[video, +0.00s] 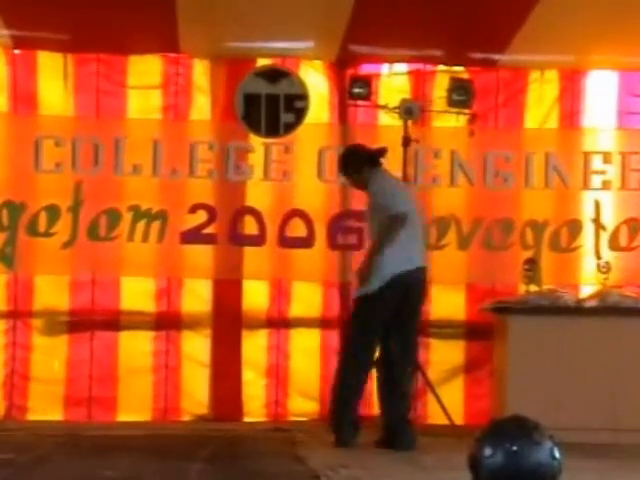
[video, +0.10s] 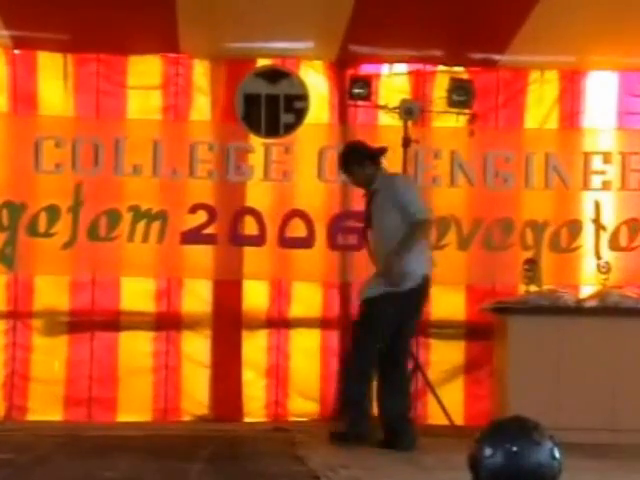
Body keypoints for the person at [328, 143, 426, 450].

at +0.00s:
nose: (351, 184)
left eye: (350, 177)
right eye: (348, 178)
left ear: (357, 169)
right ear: (372, 162)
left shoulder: (380, 185)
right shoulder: (395, 186)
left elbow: (399, 216)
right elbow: (416, 230)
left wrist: (370, 259)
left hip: (388, 274)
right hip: (412, 273)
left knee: (357, 353)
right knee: (399, 355)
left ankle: (345, 424)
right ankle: (398, 429)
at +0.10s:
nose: (353, 181)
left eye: (354, 173)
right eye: (349, 175)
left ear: (368, 165)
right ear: (362, 170)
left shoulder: (395, 185)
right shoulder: (378, 194)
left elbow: (422, 221)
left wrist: (395, 258)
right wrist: (386, 263)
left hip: (402, 285)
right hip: (393, 285)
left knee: (361, 353)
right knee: (392, 358)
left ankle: (356, 424)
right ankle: (399, 430)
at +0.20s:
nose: (361, 176)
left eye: (364, 169)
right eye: (358, 170)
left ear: (379, 163)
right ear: (361, 169)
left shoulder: (408, 185)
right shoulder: (376, 194)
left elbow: (440, 223)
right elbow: (373, 225)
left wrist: (417, 263)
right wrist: (360, 245)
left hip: (409, 285)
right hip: (387, 283)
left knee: (389, 354)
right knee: (378, 354)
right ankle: (397, 425)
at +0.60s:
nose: (408, 174)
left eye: (414, 167)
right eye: (403, 167)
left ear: (424, 164)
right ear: (395, 165)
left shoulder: (444, 193)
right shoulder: (380, 195)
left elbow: (461, 235)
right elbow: (369, 240)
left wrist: (453, 272)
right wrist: (362, 280)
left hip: (425, 285)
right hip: (386, 282)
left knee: (424, 362)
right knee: (357, 344)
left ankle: (421, 433)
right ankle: (351, 415)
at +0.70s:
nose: (411, 174)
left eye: (417, 167)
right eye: (406, 167)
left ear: (428, 164)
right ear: (398, 165)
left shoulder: (447, 190)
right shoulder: (383, 193)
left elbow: (468, 227)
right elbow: (371, 235)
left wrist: (455, 265)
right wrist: (364, 273)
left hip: (427, 283)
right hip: (390, 281)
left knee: (423, 360)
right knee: (364, 345)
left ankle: (421, 431)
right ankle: (331, 410)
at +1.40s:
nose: (394, 181)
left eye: (400, 175)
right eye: (389, 174)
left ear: (407, 169)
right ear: (376, 167)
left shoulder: (418, 185)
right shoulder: (355, 190)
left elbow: (433, 219)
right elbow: (354, 240)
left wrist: (426, 254)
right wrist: (363, 282)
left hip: (411, 279)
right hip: (375, 281)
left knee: (414, 350)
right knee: (382, 356)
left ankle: (395, 414)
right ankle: (397, 433)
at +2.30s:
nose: (348, 185)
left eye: (353, 178)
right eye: (342, 178)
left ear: (361, 175)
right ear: (329, 173)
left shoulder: (371, 202)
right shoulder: (304, 198)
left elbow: (374, 244)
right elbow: (283, 241)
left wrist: (362, 283)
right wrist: (290, 281)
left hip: (344, 299)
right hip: (304, 294)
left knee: (339, 374)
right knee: (280, 353)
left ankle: (327, 443)